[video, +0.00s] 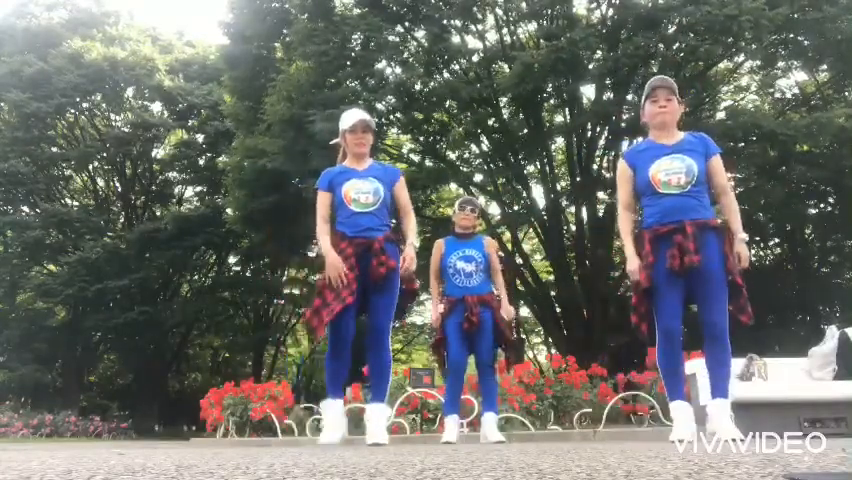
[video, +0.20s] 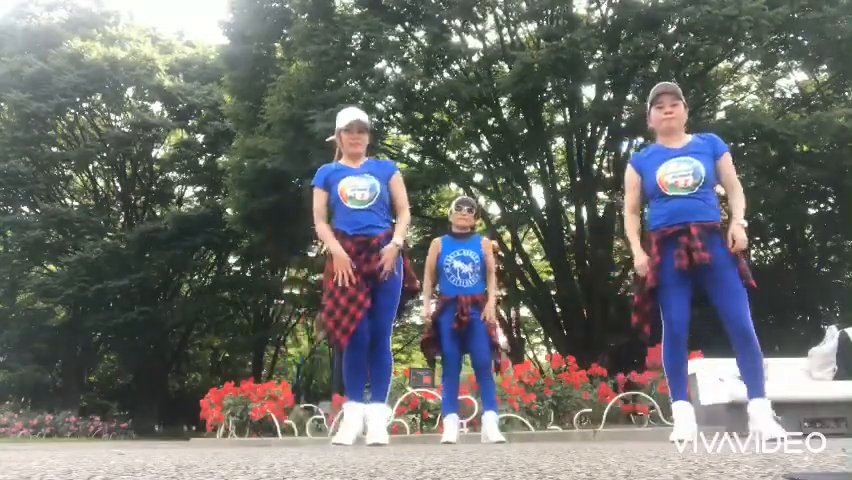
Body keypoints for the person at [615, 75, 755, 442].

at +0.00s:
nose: (661, 104)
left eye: (668, 99)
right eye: (654, 100)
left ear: (680, 108)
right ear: (643, 113)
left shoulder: (701, 142)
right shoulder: (631, 155)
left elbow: (724, 191)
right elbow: (625, 208)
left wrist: (739, 236)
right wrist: (630, 252)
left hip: (705, 237)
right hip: (659, 241)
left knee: (717, 324)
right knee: (669, 328)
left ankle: (720, 410)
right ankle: (679, 413)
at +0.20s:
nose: (668, 111)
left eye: (674, 106)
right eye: (660, 107)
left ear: (686, 112)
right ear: (650, 118)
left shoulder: (710, 143)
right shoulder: (640, 160)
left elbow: (733, 187)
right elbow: (630, 211)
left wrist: (737, 221)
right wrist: (637, 251)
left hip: (713, 238)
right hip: (667, 245)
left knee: (742, 324)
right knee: (675, 328)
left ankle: (759, 408)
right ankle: (681, 412)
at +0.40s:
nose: (658, 112)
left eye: (664, 106)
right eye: (650, 109)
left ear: (678, 112)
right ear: (642, 120)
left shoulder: (692, 134)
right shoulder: (635, 164)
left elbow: (696, 176)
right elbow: (638, 217)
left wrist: (652, 213)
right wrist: (647, 245)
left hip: (712, 240)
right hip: (668, 249)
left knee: (747, 319)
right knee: (660, 315)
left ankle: (765, 409)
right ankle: (677, 402)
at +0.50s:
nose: (643, 114)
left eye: (650, 108)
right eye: (635, 111)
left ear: (664, 115)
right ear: (628, 123)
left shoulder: (678, 137)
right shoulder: (626, 165)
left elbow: (694, 173)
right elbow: (628, 211)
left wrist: (657, 215)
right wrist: (633, 235)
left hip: (701, 240)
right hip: (661, 250)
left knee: (741, 313)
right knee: (638, 314)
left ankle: (771, 402)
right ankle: (645, 405)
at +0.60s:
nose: (627, 130)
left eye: (634, 124)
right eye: (621, 127)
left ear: (649, 131)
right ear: (614, 137)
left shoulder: (668, 158)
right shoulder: (616, 180)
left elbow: (711, 192)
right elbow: (616, 229)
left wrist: (684, 228)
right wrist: (611, 248)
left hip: (681, 259)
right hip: (639, 267)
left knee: (727, 332)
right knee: (605, 328)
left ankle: (777, 404)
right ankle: (614, 416)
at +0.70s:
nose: (628, 131)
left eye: (635, 125)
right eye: (622, 128)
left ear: (650, 131)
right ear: (615, 139)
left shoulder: (671, 158)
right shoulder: (615, 181)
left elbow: (707, 196)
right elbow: (607, 228)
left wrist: (679, 218)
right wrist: (595, 241)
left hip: (674, 262)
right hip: (634, 268)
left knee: (711, 338)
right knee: (597, 327)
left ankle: (764, 408)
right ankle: (613, 417)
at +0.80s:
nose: (634, 115)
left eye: (640, 108)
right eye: (626, 112)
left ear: (654, 113)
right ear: (620, 123)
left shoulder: (672, 136)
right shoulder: (617, 163)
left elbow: (694, 170)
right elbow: (601, 205)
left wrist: (647, 187)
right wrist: (601, 224)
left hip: (682, 239)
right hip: (642, 249)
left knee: (724, 319)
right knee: (621, 323)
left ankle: (765, 403)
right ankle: (612, 412)